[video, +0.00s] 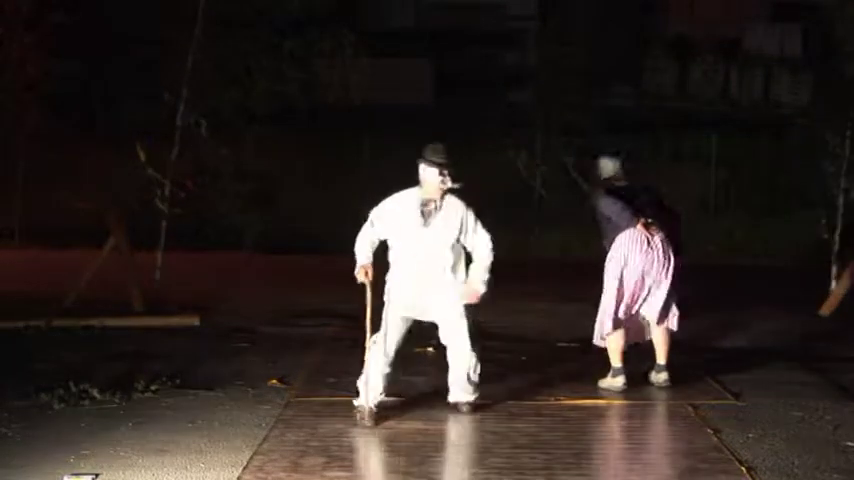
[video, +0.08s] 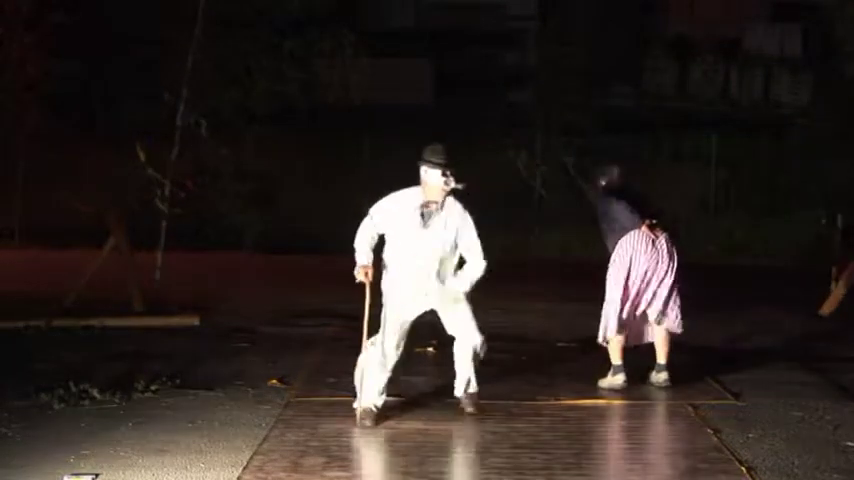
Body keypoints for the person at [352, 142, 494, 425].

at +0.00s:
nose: (442, 178)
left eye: (445, 172)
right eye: (436, 172)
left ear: (449, 176)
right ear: (421, 172)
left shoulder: (457, 210)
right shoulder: (397, 205)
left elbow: (482, 245)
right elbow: (370, 231)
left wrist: (476, 282)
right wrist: (364, 260)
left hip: (444, 291)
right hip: (403, 290)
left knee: (460, 345)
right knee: (385, 345)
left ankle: (463, 398)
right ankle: (367, 400)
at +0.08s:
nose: (446, 180)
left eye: (448, 174)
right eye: (439, 174)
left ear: (451, 177)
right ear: (424, 174)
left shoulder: (456, 213)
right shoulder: (396, 204)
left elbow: (476, 260)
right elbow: (367, 229)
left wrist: (457, 287)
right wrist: (363, 261)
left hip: (442, 287)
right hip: (402, 289)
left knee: (469, 337)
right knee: (389, 346)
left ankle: (466, 391)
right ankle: (368, 403)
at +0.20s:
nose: (459, 180)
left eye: (460, 173)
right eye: (452, 173)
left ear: (461, 176)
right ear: (434, 172)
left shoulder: (463, 210)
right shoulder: (402, 199)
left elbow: (470, 257)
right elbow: (367, 220)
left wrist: (430, 264)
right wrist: (365, 254)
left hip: (450, 281)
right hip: (407, 280)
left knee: (473, 333)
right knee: (393, 338)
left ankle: (469, 403)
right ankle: (370, 403)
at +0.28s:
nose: (464, 180)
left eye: (465, 174)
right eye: (457, 173)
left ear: (467, 176)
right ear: (439, 173)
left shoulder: (468, 209)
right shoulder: (410, 197)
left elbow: (464, 251)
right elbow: (371, 217)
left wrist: (421, 243)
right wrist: (368, 252)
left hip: (453, 282)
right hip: (411, 280)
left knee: (465, 340)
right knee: (397, 336)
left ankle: (468, 407)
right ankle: (383, 402)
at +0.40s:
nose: (471, 192)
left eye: (473, 186)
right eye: (465, 184)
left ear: (474, 187)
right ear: (448, 181)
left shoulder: (472, 216)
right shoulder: (414, 202)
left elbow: (456, 241)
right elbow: (375, 223)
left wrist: (420, 239)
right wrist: (376, 263)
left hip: (458, 286)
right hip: (418, 288)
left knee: (475, 342)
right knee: (418, 346)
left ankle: (473, 404)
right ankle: (418, 411)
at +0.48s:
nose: (476, 199)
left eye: (478, 193)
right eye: (471, 191)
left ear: (478, 193)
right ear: (451, 186)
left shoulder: (474, 225)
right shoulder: (416, 206)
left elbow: (458, 258)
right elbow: (374, 227)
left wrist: (417, 252)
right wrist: (381, 266)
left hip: (462, 287)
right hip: (418, 289)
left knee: (497, 340)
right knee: (418, 351)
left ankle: (502, 399)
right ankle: (417, 413)